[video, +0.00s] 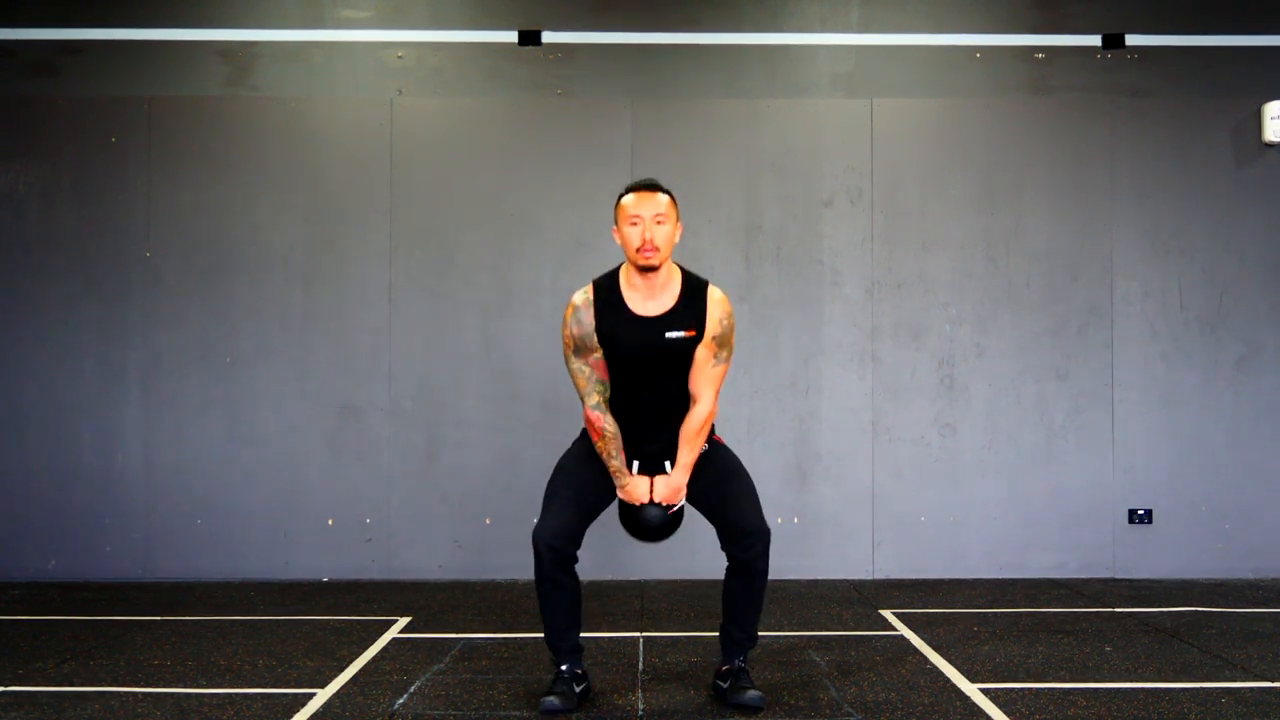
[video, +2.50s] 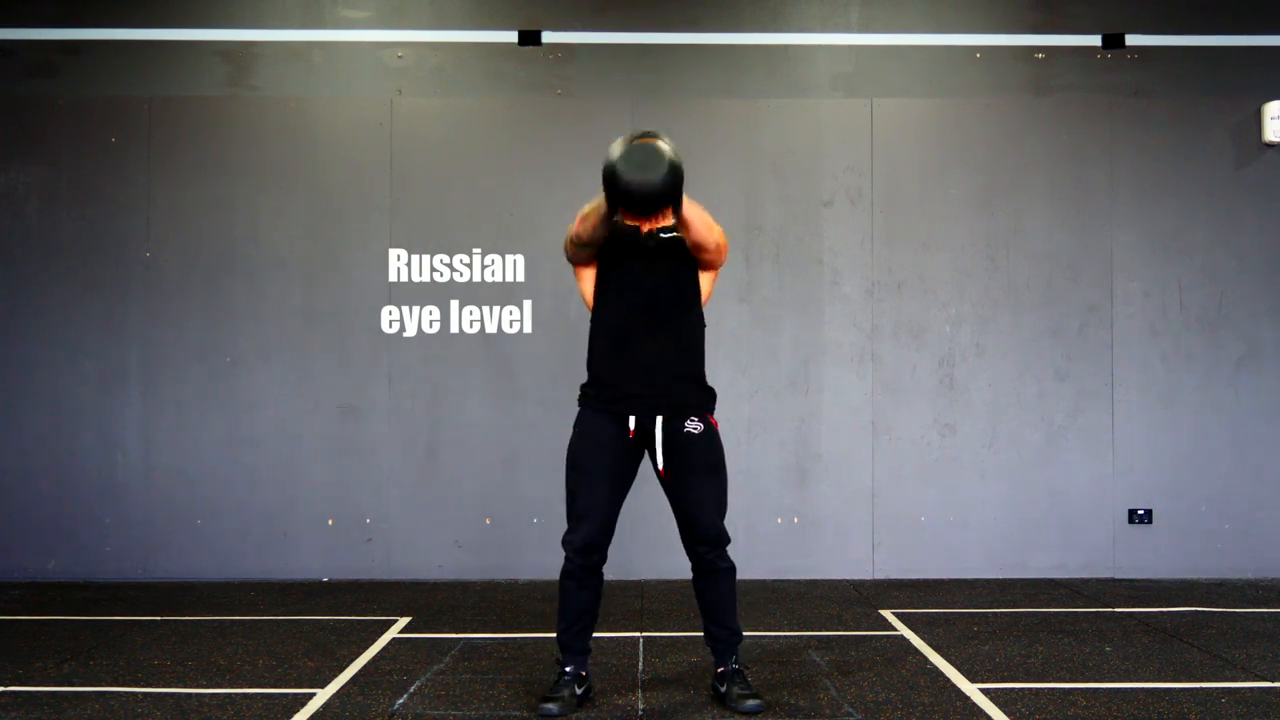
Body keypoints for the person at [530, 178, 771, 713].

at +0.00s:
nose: (646, 234)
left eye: (659, 222)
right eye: (633, 223)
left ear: (677, 231)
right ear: (617, 233)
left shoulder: (712, 306)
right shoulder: (586, 309)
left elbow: (703, 401)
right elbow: (595, 405)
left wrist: (681, 472)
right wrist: (621, 474)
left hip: (690, 445)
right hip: (609, 445)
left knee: (750, 535)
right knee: (552, 537)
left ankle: (734, 668)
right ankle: (568, 673)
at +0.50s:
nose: (655, 180)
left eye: (667, 172)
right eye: (644, 172)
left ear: (682, 189)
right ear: (625, 189)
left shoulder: (706, 251)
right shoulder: (597, 250)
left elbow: (707, 283)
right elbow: (594, 276)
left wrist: (671, 287)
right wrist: (622, 284)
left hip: (690, 415)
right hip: (612, 413)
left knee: (716, 543)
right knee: (583, 544)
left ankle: (729, 670)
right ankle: (573, 672)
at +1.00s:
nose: (650, 185)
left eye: (660, 171)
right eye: (639, 170)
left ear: (674, 185)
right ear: (620, 185)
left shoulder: (702, 247)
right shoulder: (594, 246)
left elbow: (711, 237)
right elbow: (581, 230)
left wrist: (673, 177)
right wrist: (610, 188)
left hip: (687, 413)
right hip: (609, 411)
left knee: (710, 545)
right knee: (584, 544)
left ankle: (729, 670)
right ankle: (572, 672)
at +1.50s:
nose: (643, 237)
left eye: (655, 224)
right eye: (630, 225)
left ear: (674, 234)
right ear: (614, 236)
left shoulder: (707, 310)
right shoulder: (582, 313)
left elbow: (696, 406)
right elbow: (593, 411)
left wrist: (675, 475)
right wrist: (618, 477)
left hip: (686, 445)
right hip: (605, 445)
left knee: (747, 534)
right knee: (548, 539)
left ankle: (734, 668)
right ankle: (569, 673)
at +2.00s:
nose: (644, 182)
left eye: (655, 174)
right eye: (632, 174)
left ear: (672, 190)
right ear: (616, 191)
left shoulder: (699, 251)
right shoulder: (588, 253)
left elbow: (699, 285)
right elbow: (589, 286)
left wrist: (668, 304)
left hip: (683, 415)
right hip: (606, 414)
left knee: (711, 542)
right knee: (580, 544)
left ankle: (728, 670)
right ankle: (572, 672)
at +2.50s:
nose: (646, 225)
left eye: (656, 216)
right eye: (635, 217)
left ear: (675, 205)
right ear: (615, 208)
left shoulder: (701, 252)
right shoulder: (591, 247)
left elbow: (713, 242)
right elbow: (580, 235)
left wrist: (674, 193)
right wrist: (614, 199)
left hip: (684, 413)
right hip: (607, 411)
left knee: (709, 543)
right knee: (583, 544)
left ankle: (729, 669)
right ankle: (572, 671)